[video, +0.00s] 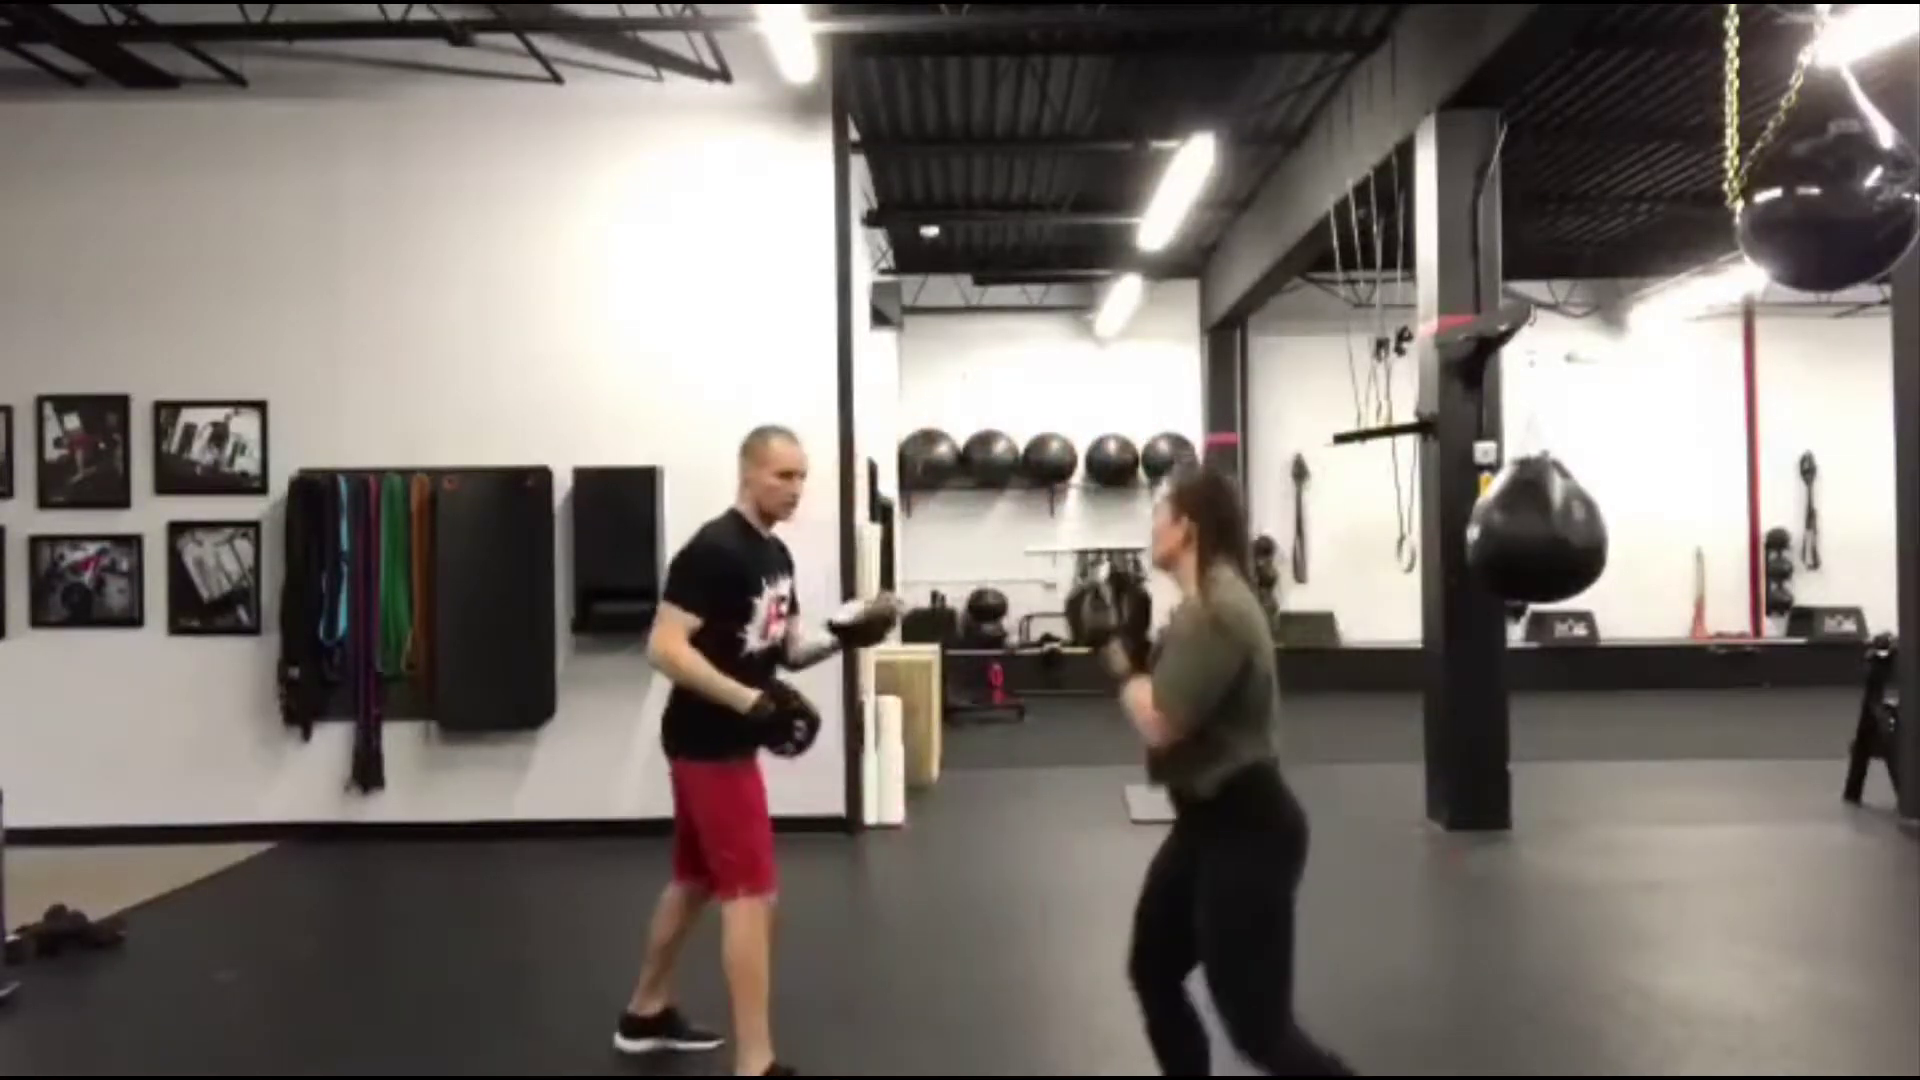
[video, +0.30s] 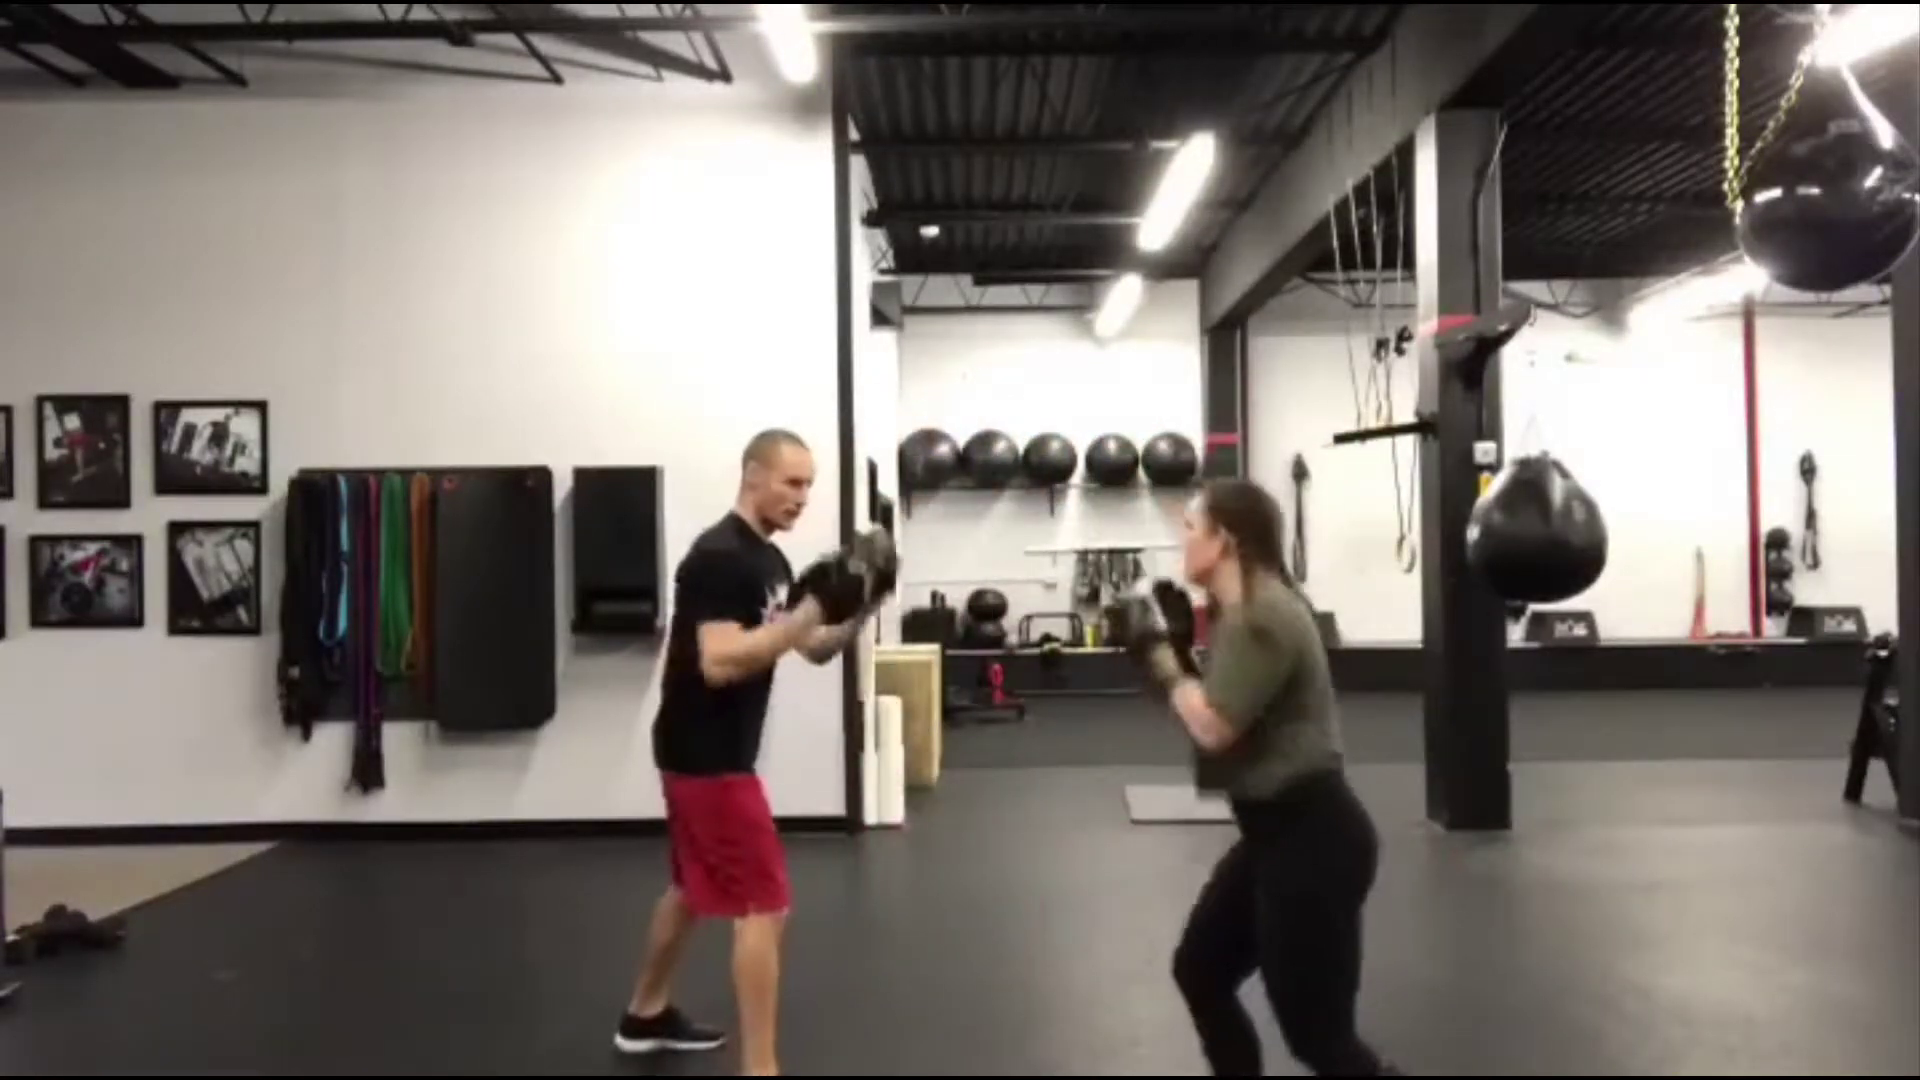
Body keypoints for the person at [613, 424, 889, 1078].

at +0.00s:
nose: (795, 489)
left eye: (800, 478)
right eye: (784, 476)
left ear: (798, 480)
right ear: (747, 475)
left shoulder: (775, 555)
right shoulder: (712, 550)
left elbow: (783, 651)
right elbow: (664, 645)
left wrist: (845, 634)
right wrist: (751, 701)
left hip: (728, 744)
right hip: (709, 748)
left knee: (693, 881)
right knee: (749, 893)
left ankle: (645, 1012)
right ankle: (755, 1061)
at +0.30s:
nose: (801, 499)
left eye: (807, 487)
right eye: (792, 484)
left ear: (800, 488)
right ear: (751, 477)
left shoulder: (770, 561)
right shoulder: (715, 557)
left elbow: (816, 648)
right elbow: (718, 660)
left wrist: (856, 607)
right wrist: (805, 615)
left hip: (713, 759)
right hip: (708, 762)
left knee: (692, 889)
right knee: (764, 906)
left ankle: (645, 1014)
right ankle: (760, 1066)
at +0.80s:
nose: (780, 501)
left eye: (783, 489)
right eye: (768, 488)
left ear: (767, 496)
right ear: (728, 492)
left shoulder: (740, 568)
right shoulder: (694, 568)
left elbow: (730, 671)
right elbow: (670, 674)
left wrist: (778, 641)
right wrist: (756, 638)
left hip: (693, 758)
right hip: (678, 762)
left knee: (681, 890)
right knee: (743, 904)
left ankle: (619, 1011)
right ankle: (755, 1065)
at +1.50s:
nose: (780, 513)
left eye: (783, 501)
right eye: (770, 500)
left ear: (749, 504)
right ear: (730, 499)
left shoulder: (733, 571)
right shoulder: (692, 570)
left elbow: (760, 663)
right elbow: (702, 674)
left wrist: (789, 612)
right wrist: (772, 615)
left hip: (673, 758)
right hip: (662, 762)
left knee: (671, 887)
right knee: (734, 904)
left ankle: (613, 1008)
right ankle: (735, 1066)